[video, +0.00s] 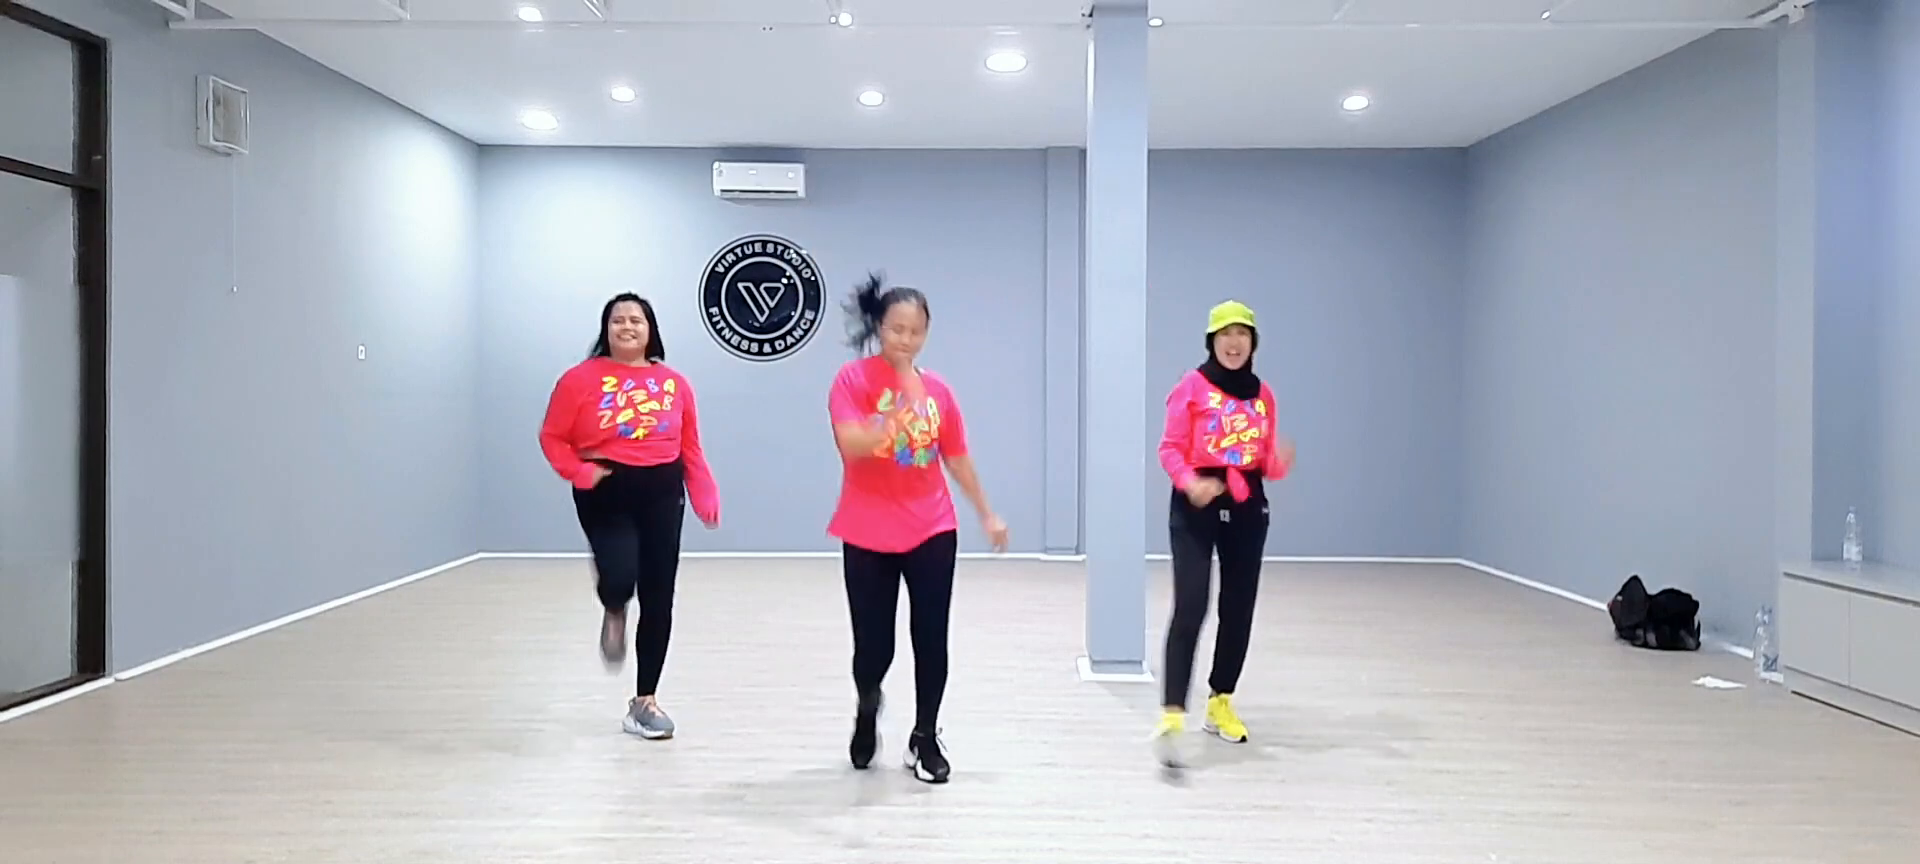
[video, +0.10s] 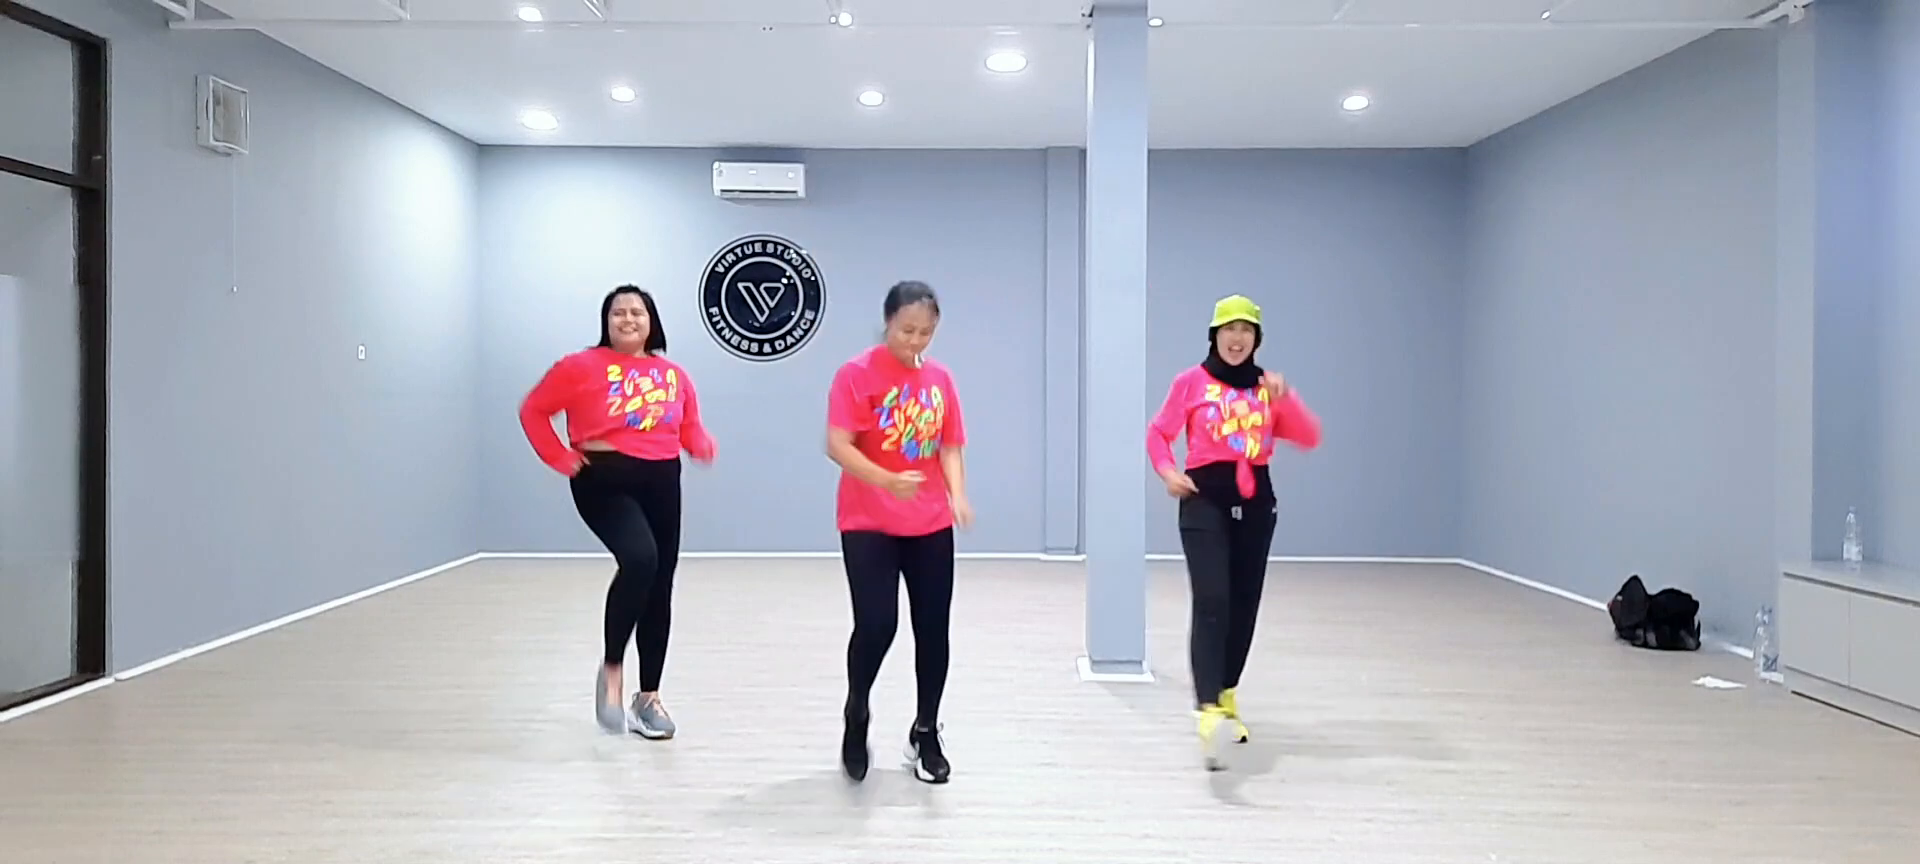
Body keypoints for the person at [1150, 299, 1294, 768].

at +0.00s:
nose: (1235, 343)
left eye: (1243, 335)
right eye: (1227, 335)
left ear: (1253, 342)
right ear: (1212, 341)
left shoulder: (1263, 396)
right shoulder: (1191, 387)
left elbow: (1268, 465)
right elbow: (1169, 449)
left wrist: (1279, 462)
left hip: (1247, 508)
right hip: (1196, 505)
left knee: (1238, 611)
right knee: (1192, 606)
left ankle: (1220, 703)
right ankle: (1173, 713)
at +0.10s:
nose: (1237, 339)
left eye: (1246, 331)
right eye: (1230, 330)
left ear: (1256, 338)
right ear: (1215, 335)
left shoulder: (1268, 391)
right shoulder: (1191, 383)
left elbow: (1310, 437)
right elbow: (1158, 434)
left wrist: (1285, 398)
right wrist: (1170, 474)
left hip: (1255, 502)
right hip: (1204, 500)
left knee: (1244, 603)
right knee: (1213, 598)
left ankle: (1226, 696)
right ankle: (1207, 709)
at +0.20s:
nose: (1236, 333)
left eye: (1244, 325)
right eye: (1227, 324)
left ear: (1257, 330)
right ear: (1214, 330)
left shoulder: (1278, 372)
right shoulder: (1196, 373)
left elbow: (1344, 394)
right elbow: (1158, 417)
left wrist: (1298, 383)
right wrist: (1155, 450)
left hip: (1261, 491)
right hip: (1211, 489)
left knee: (1255, 605)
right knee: (1231, 601)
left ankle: (1227, 709)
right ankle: (1232, 731)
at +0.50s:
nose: (1269, 340)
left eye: (1273, 332)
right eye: (1260, 332)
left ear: (1272, 340)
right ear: (1236, 338)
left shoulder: (1263, 391)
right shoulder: (1219, 387)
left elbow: (1269, 457)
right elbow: (1221, 452)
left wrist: (1302, 482)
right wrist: (1280, 440)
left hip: (1262, 512)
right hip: (1240, 512)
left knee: (1260, 621)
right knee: (1289, 630)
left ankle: (1214, 714)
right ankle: (1251, 762)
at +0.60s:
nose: (1279, 332)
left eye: (1278, 323)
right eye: (1276, 324)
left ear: (1236, 326)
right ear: (1259, 325)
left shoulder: (1220, 367)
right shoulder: (1248, 362)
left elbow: (1193, 440)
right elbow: (1256, 417)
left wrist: (1230, 471)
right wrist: (1309, 421)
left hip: (1224, 489)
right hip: (1258, 488)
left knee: (1245, 605)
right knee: (1281, 614)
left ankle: (1222, 723)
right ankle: (1253, 756)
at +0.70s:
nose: (1274, 330)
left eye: (1270, 324)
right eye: (1272, 324)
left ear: (1226, 324)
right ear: (1265, 323)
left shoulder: (1197, 369)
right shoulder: (1266, 362)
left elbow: (1154, 419)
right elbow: (1284, 412)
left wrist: (1190, 452)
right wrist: (1316, 441)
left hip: (1216, 487)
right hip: (1266, 486)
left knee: (1235, 606)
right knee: (1279, 609)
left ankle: (1235, 729)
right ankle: (1264, 736)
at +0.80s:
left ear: (1218, 334)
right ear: (1264, 334)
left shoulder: (1190, 382)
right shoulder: (1278, 378)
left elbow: (1135, 419)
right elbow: (1302, 435)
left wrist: (1160, 399)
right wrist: (1320, 476)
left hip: (1209, 500)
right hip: (1267, 499)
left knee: (1224, 622)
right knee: (1286, 617)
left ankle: (1238, 742)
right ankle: (1286, 714)